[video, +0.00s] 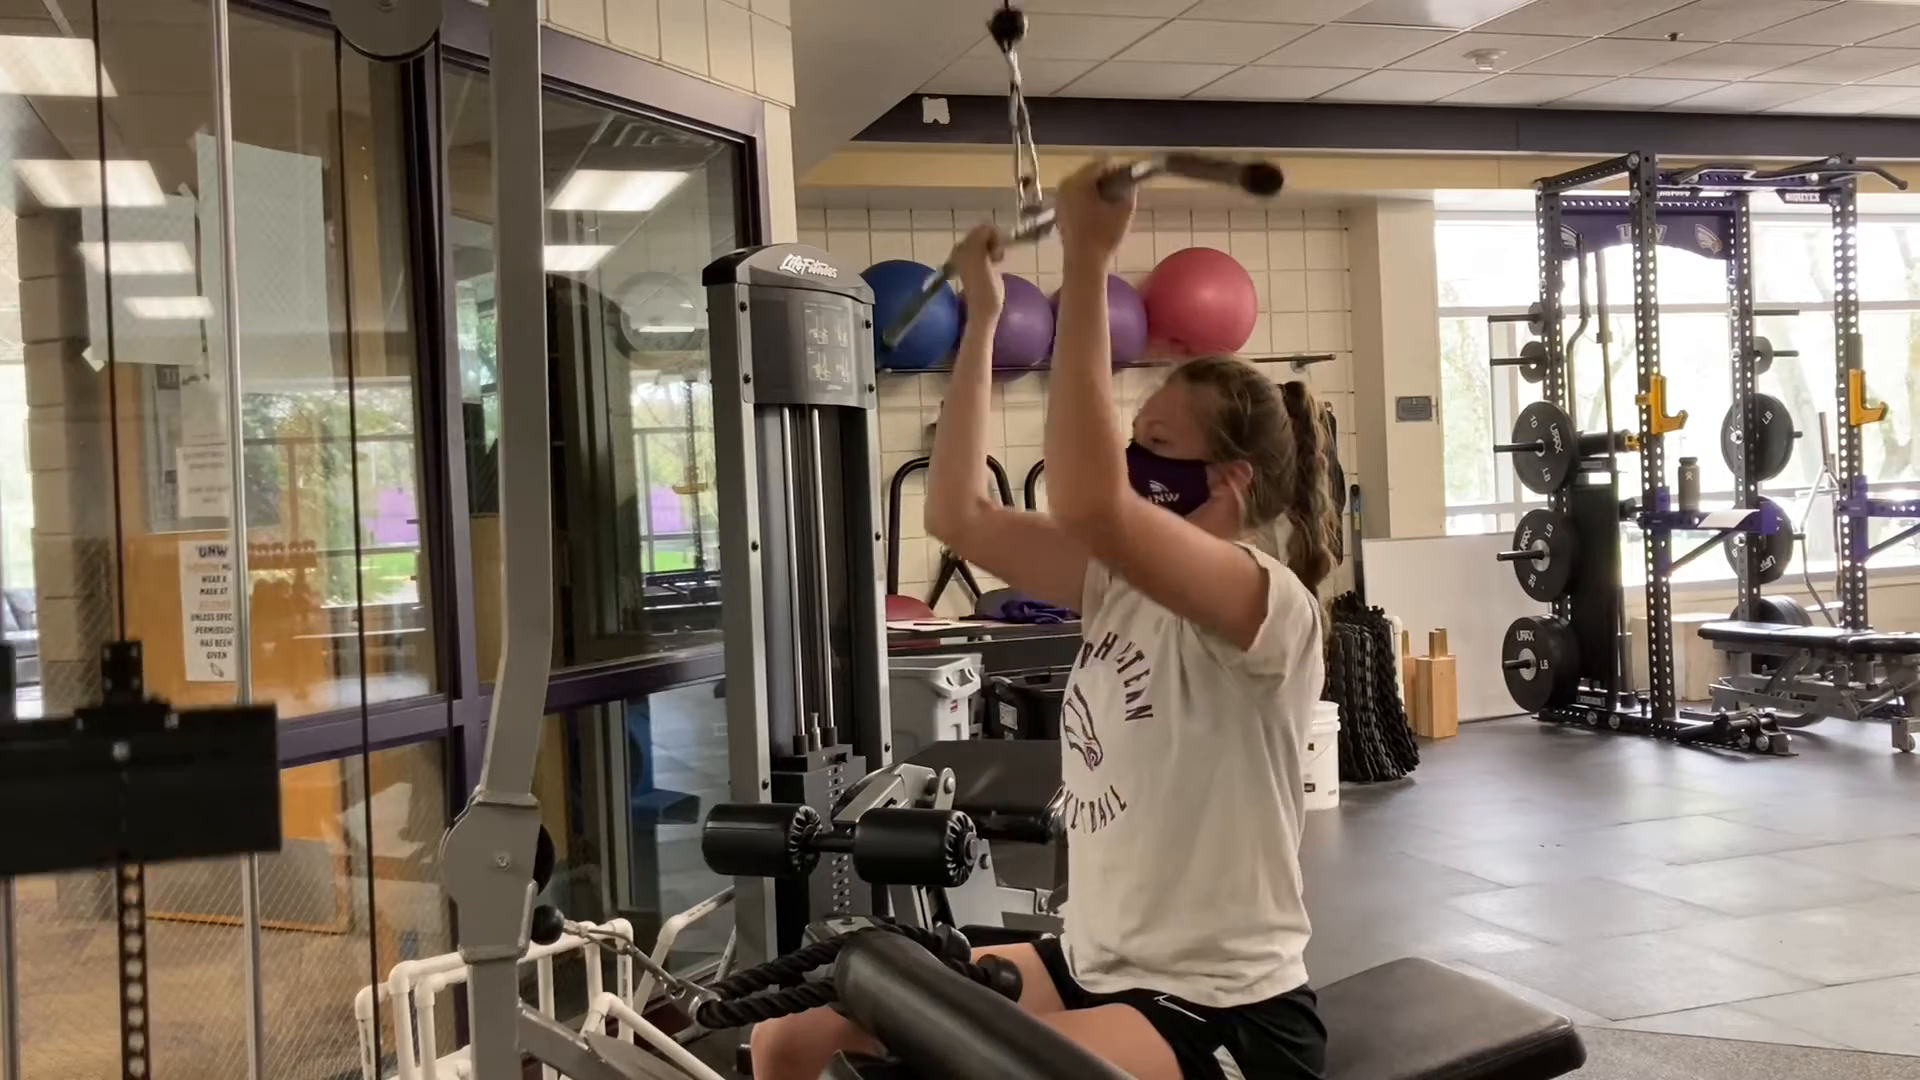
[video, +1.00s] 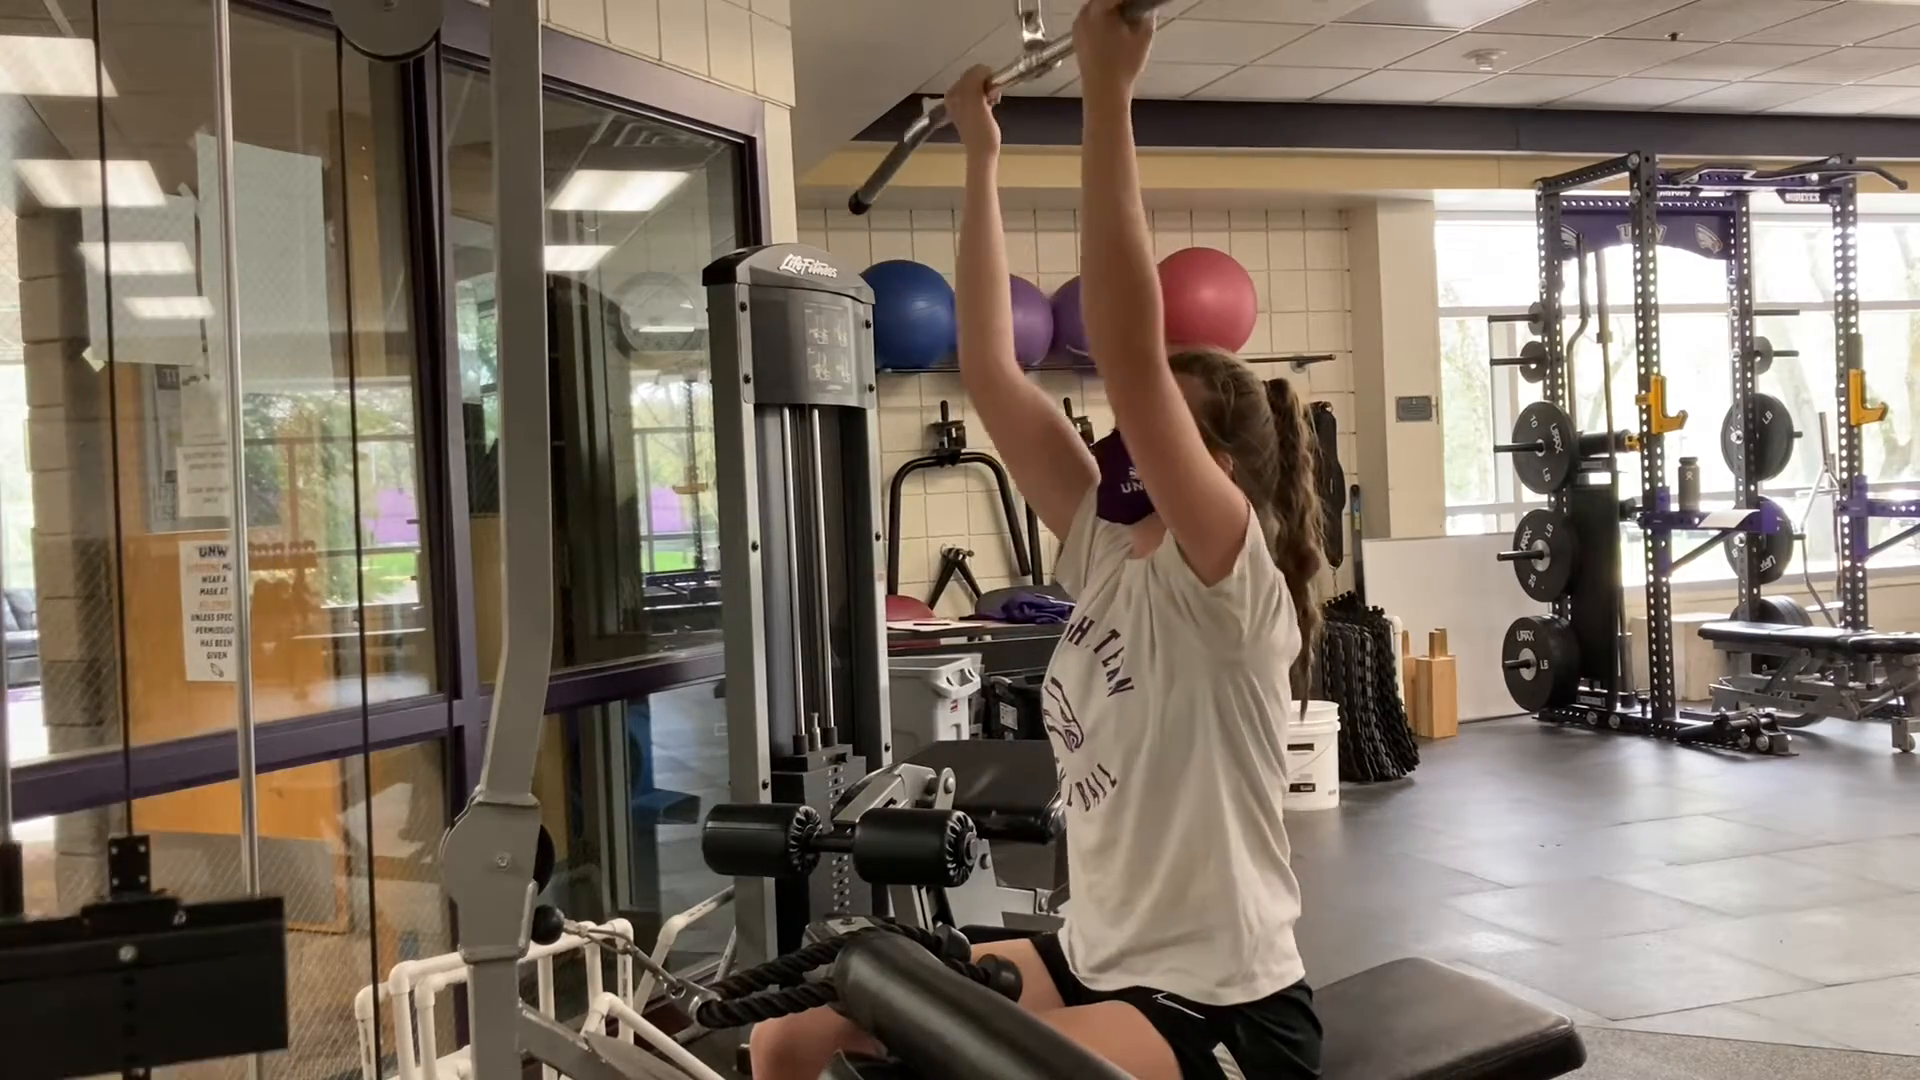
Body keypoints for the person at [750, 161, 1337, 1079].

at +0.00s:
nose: (1128, 469)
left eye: (1156, 458)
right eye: (1129, 447)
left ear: (1232, 486)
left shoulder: (1269, 607)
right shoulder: (1112, 575)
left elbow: (1091, 506)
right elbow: (959, 517)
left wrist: (1085, 264)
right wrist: (982, 319)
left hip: (1225, 1009)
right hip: (1091, 964)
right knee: (786, 1039)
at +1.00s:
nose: (1126, 441)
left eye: (1154, 417)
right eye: (1128, 420)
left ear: (1220, 454)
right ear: (1139, 438)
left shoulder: (1234, 577)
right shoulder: (1096, 545)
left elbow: (1132, 353)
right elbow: (991, 366)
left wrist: (1107, 91)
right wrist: (979, 152)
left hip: (1222, 1008)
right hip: (1093, 969)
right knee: (792, 1043)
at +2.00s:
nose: (1122, 463)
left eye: (1150, 445)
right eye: (1127, 444)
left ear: (1227, 478)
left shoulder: (1248, 620)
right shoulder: (1122, 610)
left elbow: (1196, 882)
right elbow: (1050, 827)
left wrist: (1143, 651)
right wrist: (1020, 638)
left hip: (1222, 1007)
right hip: (1097, 961)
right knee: (788, 1043)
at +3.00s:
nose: (1129, 474)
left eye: (1157, 460)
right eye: (1129, 450)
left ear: (1234, 484)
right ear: (1118, 442)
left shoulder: (1257, 600)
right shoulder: (1107, 576)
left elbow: (1093, 516)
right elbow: (951, 526)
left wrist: (1094, 275)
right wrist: (976, 330)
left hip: (1224, 1012)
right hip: (1091, 966)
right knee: (791, 1036)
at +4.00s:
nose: (1132, 451)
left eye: (1157, 425)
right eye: (1135, 430)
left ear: (1227, 458)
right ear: (1158, 451)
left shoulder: (1242, 576)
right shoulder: (1106, 543)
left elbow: (1117, 363)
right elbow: (1000, 392)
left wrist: (1094, 111)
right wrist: (991, 180)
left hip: (1222, 1008)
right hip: (1096, 967)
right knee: (792, 1040)